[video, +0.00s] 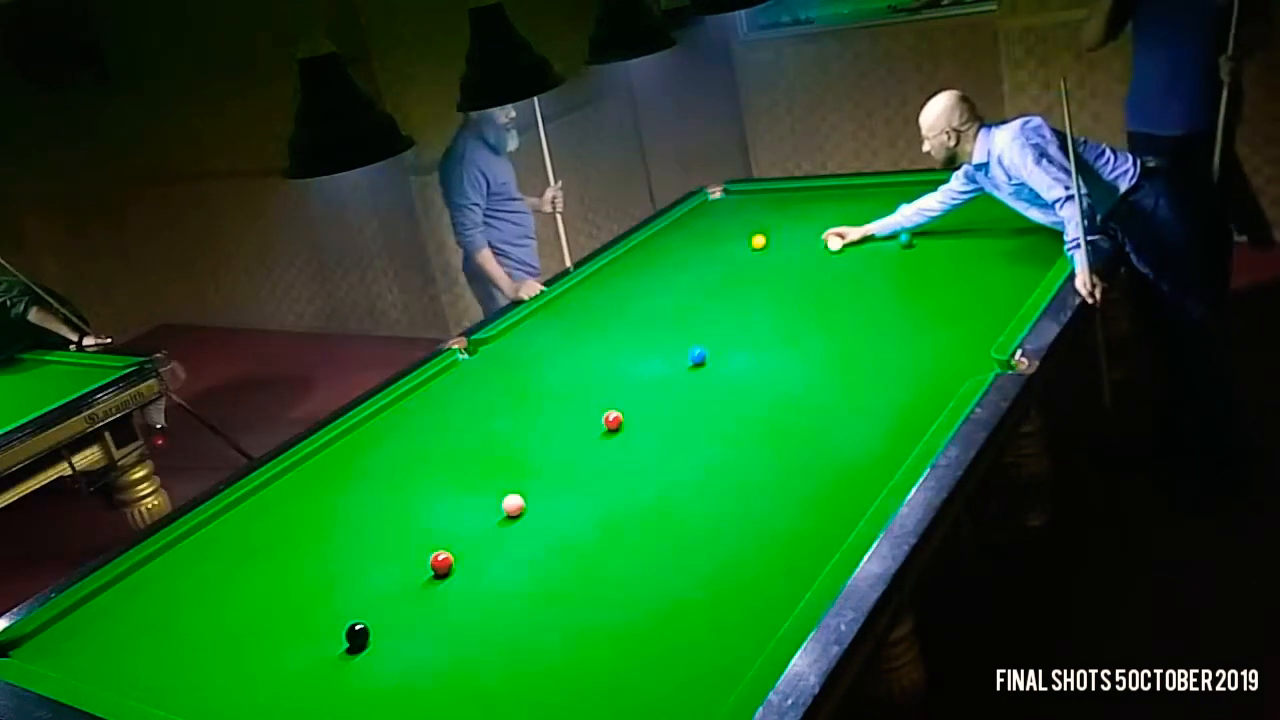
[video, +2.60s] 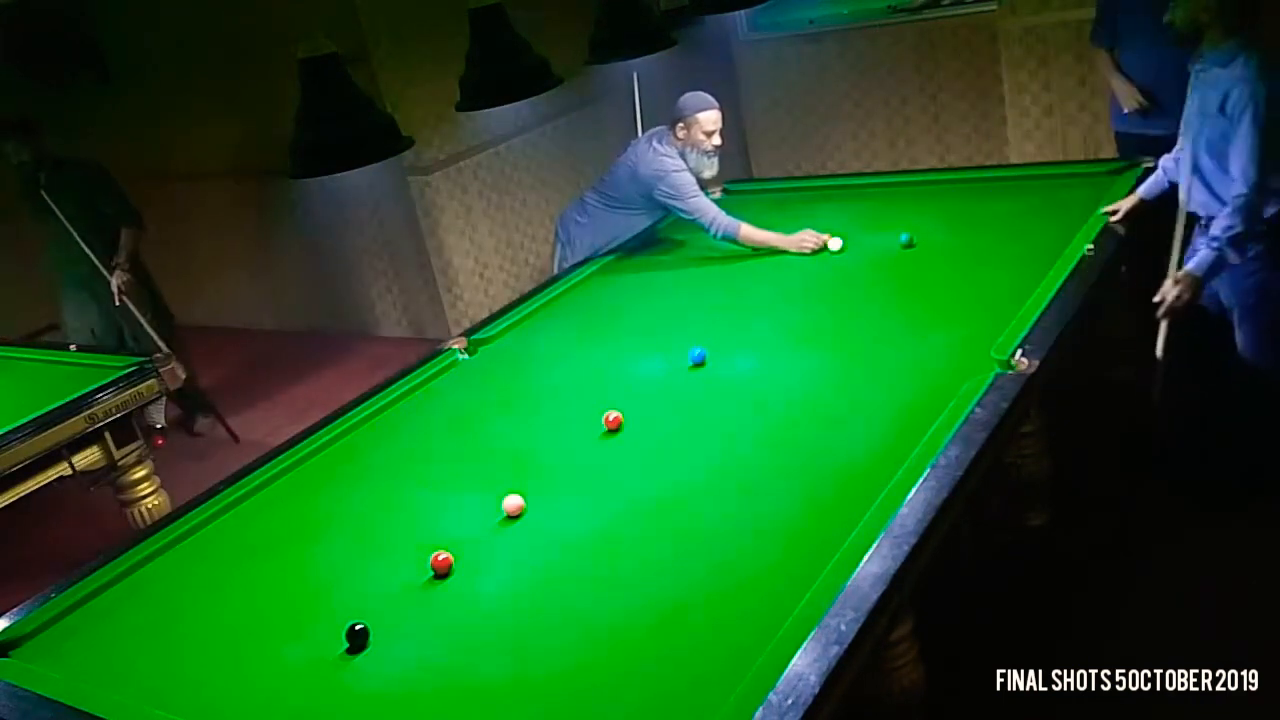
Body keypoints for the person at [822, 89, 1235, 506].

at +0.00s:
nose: (924, 147)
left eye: (927, 138)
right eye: (923, 139)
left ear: (954, 132)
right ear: (955, 131)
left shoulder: (1015, 141)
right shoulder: (978, 168)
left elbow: (1070, 197)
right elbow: (931, 206)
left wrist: (1082, 263)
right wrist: (862, 231)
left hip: (1147, 201)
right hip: (1123, 221)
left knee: (1196, 319)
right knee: (1174, 323)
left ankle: (1216, 442)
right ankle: (1197, 438)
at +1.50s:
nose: (940, 117)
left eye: (942, 106)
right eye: (938, 107)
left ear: (969, 103)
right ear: (971, 102)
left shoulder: (1030, 127)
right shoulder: (1000, 144)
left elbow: (1082, 190)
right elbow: (977, 195)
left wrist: (1086, 259)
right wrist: (917, 219)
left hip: (1147, 209)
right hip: (1122, 218)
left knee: (1190, 321)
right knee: (1171, 325)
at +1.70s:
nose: (975, 76)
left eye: (981, 65)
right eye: (975, 65)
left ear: (1010, 64)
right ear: (1011, 63)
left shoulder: (1060, 105)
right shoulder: (1038, 105)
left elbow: (1092, 188)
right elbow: (1053, 168)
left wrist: (1089, 261)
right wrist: (1000, 203)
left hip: (1154, 222)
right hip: (1128, 223)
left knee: (1189, 337)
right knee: (1168, 338)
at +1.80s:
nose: (998, 59)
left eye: (1005, 48)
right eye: (999, 48)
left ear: (1036, 47)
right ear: (1037, 46)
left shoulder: (1074, 95)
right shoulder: (1068, 87)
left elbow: (1099, 186)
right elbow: (1085, 165)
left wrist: (1092, 260)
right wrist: (1041, 195)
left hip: (1161, 231)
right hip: (1151, 225)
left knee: (1192, 348)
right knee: (1184, 343)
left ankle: (1217, 467)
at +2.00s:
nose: (1044, 39)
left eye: (1051, 28)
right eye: (1044, 29)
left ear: (1080, 29)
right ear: (1083, 29)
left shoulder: (1113, 85)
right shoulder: (1109, 75)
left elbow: (1119, 186)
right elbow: (1140, 154)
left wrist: (1095, 259)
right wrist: (1106, 182)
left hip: (1168, 237)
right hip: (1161, 233)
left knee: (1189, 359)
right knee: (1183, 356)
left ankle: (1211, 472)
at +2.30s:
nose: (1119, 21)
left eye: (1129, 11)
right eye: (1120, 12)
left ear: (1157, 16)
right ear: (1151, 20)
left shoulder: (1186, 78)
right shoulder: (1160, 73)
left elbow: (1170, 183)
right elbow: (1165, 152)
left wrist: (1126, 263)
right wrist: (1139, 192)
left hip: (1207, 243)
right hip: (1180, 236)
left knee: (1229, 362)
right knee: (1203, 357)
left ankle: (1241, 467)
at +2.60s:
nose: (1174, 12)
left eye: (1185, 5)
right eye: (1177, 6)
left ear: (1212, 9)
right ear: (1202, 15)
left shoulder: (1249, 73)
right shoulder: (1204, 66)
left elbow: (1250, 191)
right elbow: (1190, 150)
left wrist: (1196, 270)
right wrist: (1139, 195)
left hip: (1247, 243)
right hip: (1208, 234)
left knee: (1253, 365)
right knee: (1210, 357)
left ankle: (1252, 470)